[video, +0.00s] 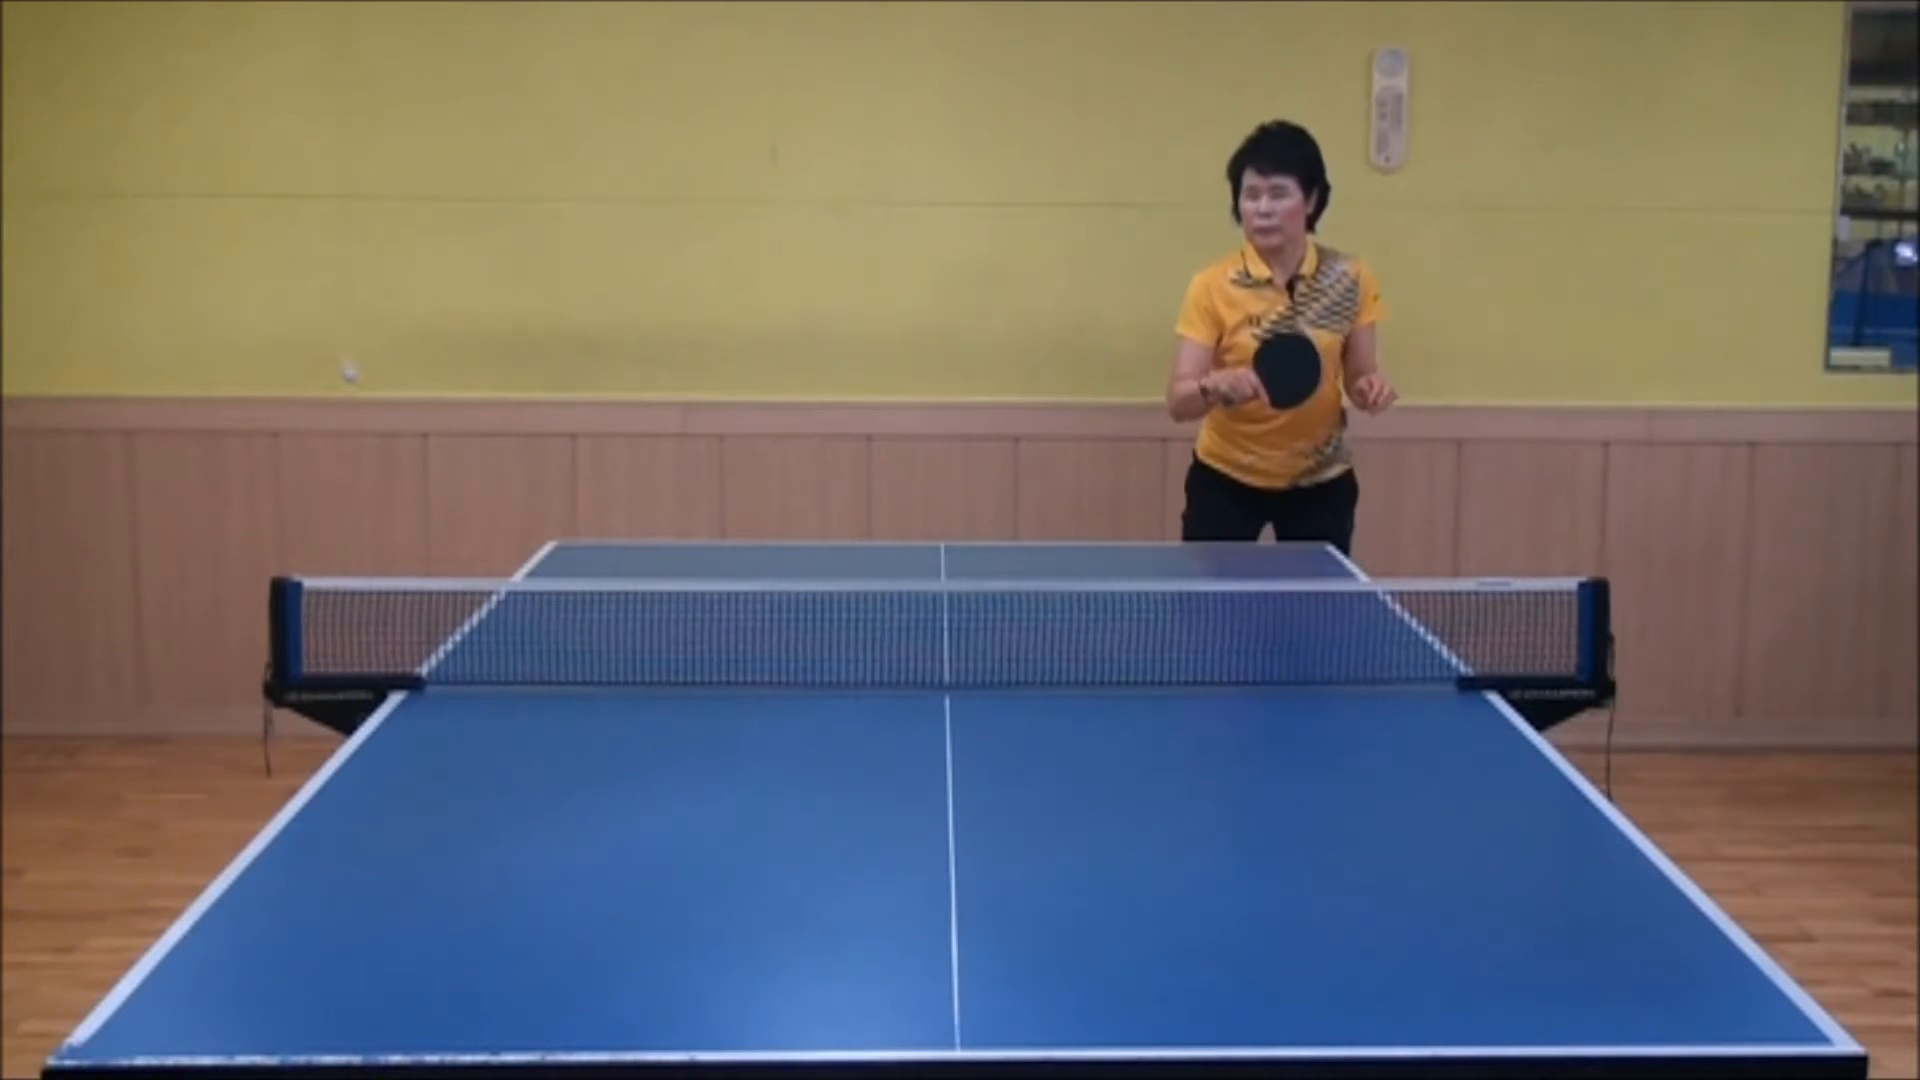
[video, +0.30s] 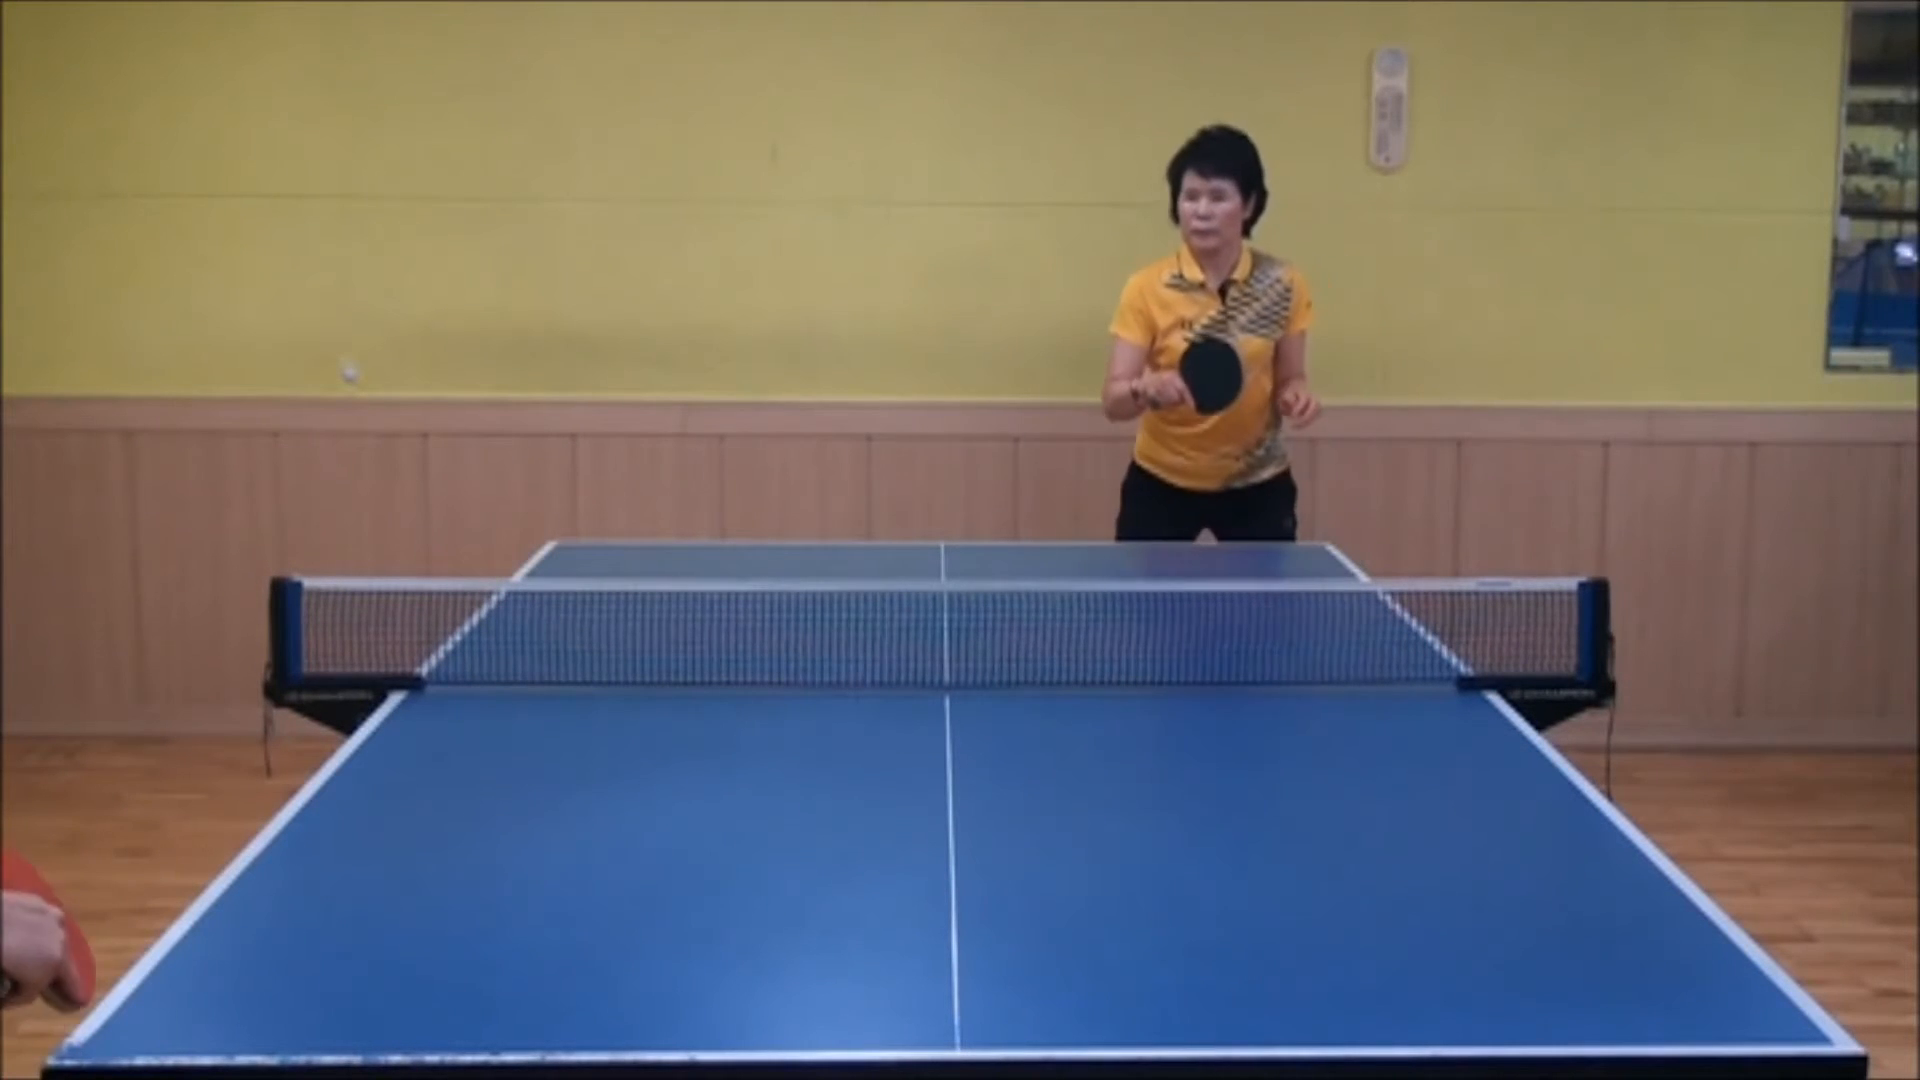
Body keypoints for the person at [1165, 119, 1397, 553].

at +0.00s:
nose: (1263, 208)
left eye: (1279, 194)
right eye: (1251, 194)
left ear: (1312, 201)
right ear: (1236, 204)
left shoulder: (1349, 281)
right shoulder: (1212, 288)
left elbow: (1360, 376)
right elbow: (1179, 403)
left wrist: (1371, 391)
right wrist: (1214, 386)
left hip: (1319, 484)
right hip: (1227, 480)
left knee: (1317, 612)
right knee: (1206, 612)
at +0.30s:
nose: (1202, 210)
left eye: (1218, 197)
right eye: (1191, 196)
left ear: (1249, 206)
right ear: (1175, 204)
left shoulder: (1283, 288)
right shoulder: (1147, 289)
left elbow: (1291, 379)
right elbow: (1114, 402)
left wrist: (1296, 397)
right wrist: (1145, 390)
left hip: (1255, 489)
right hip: (1162, 487)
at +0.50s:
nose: (1165, 208)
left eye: (1181, 194)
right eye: (1154, 194)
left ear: (1212, 202)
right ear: (1139, 202)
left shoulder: (1249, 282)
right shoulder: (1112, 285)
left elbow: (1259, 372)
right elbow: (1077, 397)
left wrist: (1252, 390)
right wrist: (1105, 382)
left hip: (1227, 483)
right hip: (1134, 481)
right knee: (1117, 599)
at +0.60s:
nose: (1166, 208)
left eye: (1181, 194)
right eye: (1154, 194)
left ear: (1212, 201)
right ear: (1139, 202)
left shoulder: (1251, 282)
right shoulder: (1114, 284)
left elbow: (1261, 373)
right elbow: (1080, 399)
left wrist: (1252, 390)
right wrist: (1106, 383)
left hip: (1226, 483)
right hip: (1134, 481)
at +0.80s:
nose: (1181, 204)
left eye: (1196, 190)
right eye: (1169, 190)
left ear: (1227, 196)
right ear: (1154, 198)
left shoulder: (1264, 280)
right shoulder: (1128, 282)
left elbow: (1274, 370)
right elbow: (1099, 397)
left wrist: (1268, 387)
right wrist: (1128, 382)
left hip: (1239, 481)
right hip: (1147, 480)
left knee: (1258, 599)